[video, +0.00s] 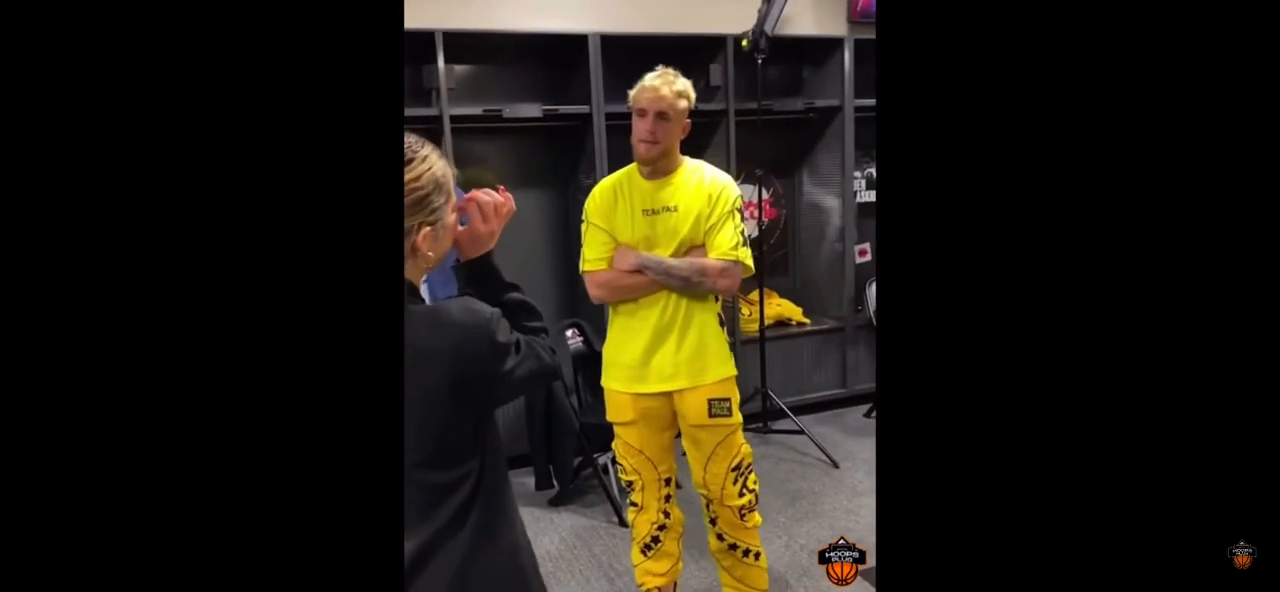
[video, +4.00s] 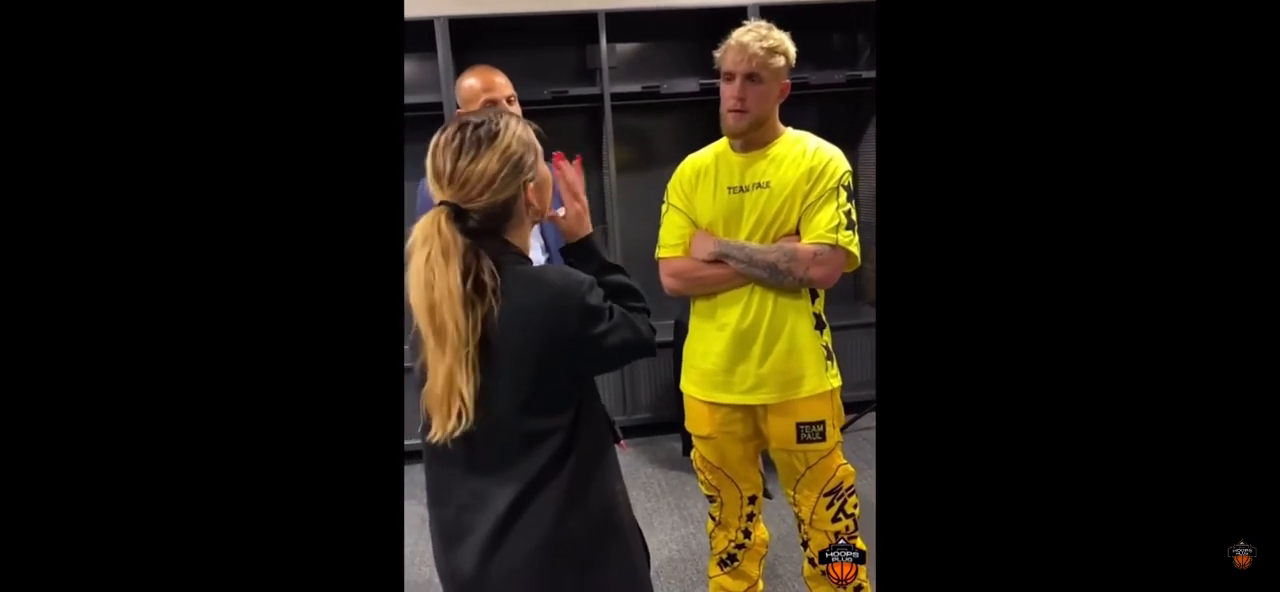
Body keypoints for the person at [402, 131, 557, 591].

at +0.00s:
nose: (456, 227)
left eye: (454, 216)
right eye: (449, 219)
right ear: (424, 240)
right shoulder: (456, 331)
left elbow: (540, 352)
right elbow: (541, 352)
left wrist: (479, 263)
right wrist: (481, 261)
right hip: (463, 567)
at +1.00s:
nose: (481, 238)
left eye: (478, 223)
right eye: (476, 225)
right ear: (456, 251)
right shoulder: (482, 370)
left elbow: (547, 449)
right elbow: (550, 450)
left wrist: (558, 331)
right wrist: (561, 331)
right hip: (475, 577)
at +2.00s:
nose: (454, 207)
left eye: (446, 197)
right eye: (442, 201)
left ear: (414, 236)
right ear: (411, 235)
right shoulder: (448, 348)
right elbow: (544, 409)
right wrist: (506, 298)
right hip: (455, 572)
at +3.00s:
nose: (551, 208)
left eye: (550, 194)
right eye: (544, 195)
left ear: (448, 203)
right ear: (509, 209)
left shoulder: (414, 296)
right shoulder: (540, 308)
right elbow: (618, 349)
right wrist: (577, 254)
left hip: (439, 558)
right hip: (541, 560)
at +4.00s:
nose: (550, 174)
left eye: (543, 162)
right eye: (542, 166)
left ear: (454, 197)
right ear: (529, 195)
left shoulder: (431, 282)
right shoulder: (560, 294)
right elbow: (636, 329)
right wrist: (584, 243)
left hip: (465, 523)